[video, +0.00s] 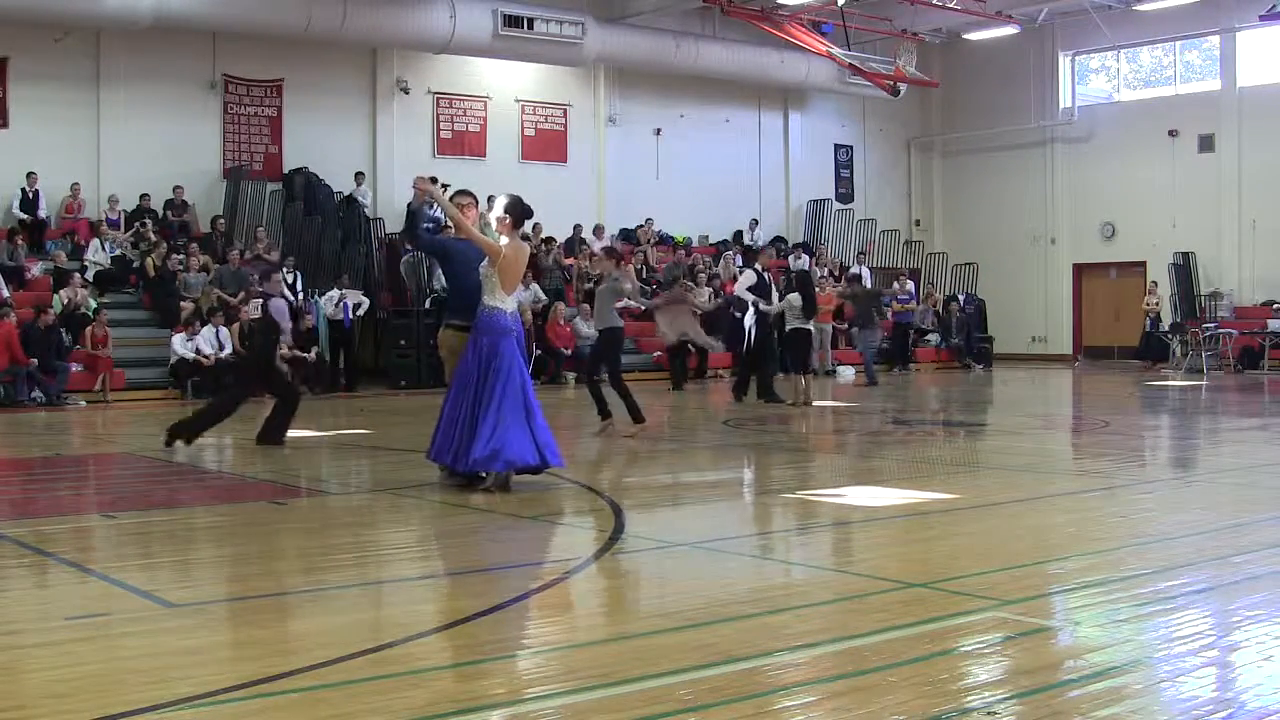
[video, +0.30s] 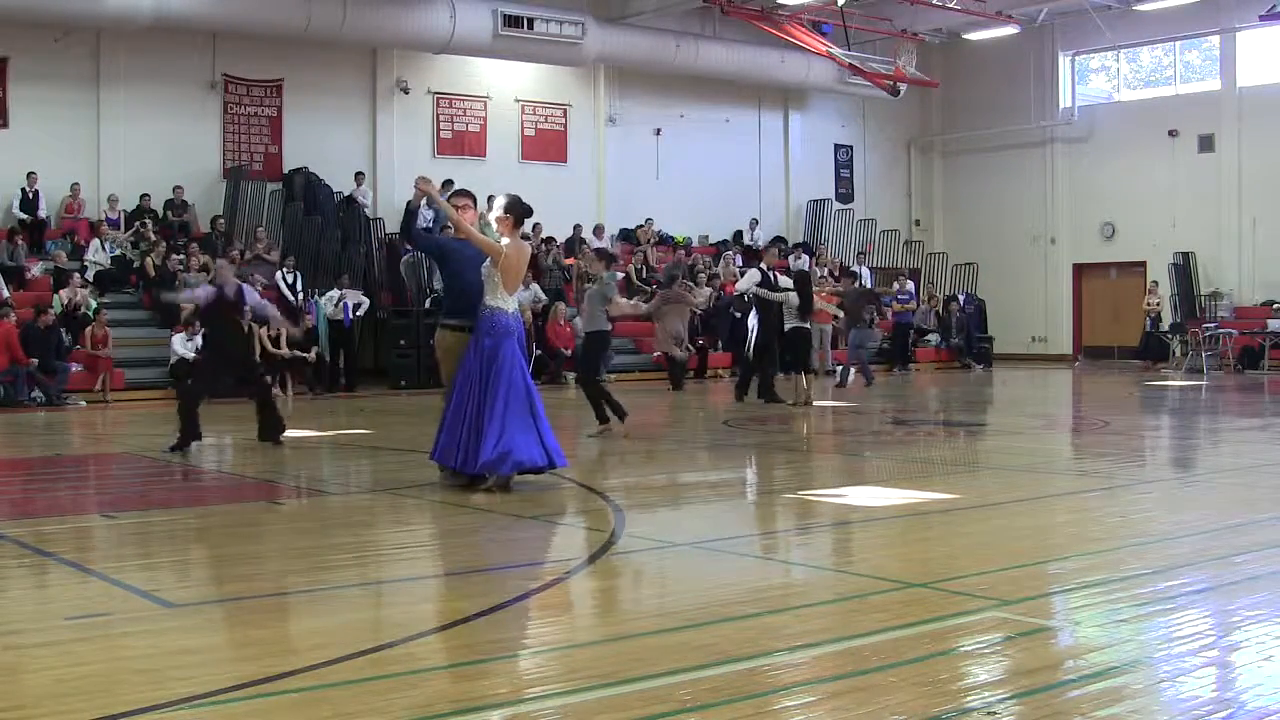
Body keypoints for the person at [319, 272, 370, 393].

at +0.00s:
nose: (347, 282)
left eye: (347, 280)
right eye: (344, 279)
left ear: (348, 282)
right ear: (337, 281)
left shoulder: (351, 294)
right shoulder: (329, 296)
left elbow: (366, 301)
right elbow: (329, 314)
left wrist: (358, 313)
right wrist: (338, 303)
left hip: (349, 322)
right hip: (335, 323)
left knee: (350, 354)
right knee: (335, 355)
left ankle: (350, 384)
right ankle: (334, 384)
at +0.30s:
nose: (346, 282)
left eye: (347, 280)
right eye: (344, 280)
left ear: (349, 281)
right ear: (337, 281)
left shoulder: (352, 294)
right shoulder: (329, 296)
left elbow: (366, 301)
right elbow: (329, 314)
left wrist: (358, 313)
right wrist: (338, 302)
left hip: (349, 322)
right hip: (334, 323)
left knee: (350, 355)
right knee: (334, 355)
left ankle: (350, 384)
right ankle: (334, 384)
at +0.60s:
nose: (346, 282)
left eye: (347, 280)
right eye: (344, 280)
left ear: (349, 281)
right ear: (337, 281)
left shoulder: (352, 294)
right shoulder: (329, 296)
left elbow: (366, 301)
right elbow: (329, 314)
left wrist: (358, 313)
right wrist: (338, 302)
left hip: (349, 322)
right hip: (335, 323)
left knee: (350, 355)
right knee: (334, 355)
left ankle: (350, 384)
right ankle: (333, 384)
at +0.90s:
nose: (347, 282)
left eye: (347, 280)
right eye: (344, 280)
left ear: (348, 281)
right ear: (337, 282)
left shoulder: (352, 294)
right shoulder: (328, 296)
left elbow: (366, 302)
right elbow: (329, 314)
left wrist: (358, 313)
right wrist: (338, 302)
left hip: (348, 323)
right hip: (334, 323)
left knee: (349, 355)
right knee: (334, 356)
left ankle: (349, 384)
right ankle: (334, 384)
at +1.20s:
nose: (347, 282)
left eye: (348, 279)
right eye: (345, 279)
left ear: (348, 282)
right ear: (338, 281)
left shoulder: (352, 294)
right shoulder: (328, 296)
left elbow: (366, 302)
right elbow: (329, 314)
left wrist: (358, 313)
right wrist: (338, 302)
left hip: (348, 323)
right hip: (334, 324)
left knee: (350, 355)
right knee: (334, 356)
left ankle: (349, 384)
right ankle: (334, 384)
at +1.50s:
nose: (347, 282)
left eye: (348, 280)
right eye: (345, 280)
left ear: (349, 282)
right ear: (338, 282)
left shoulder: (352, 294)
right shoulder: (329, 297)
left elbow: (366, 302)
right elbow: (329, 314)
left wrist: (358, 313)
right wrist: (337, 303)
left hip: (349, 322)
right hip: (335, 323)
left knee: (350, 355)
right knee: (335, 355)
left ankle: (350, 384)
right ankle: (334, 384)